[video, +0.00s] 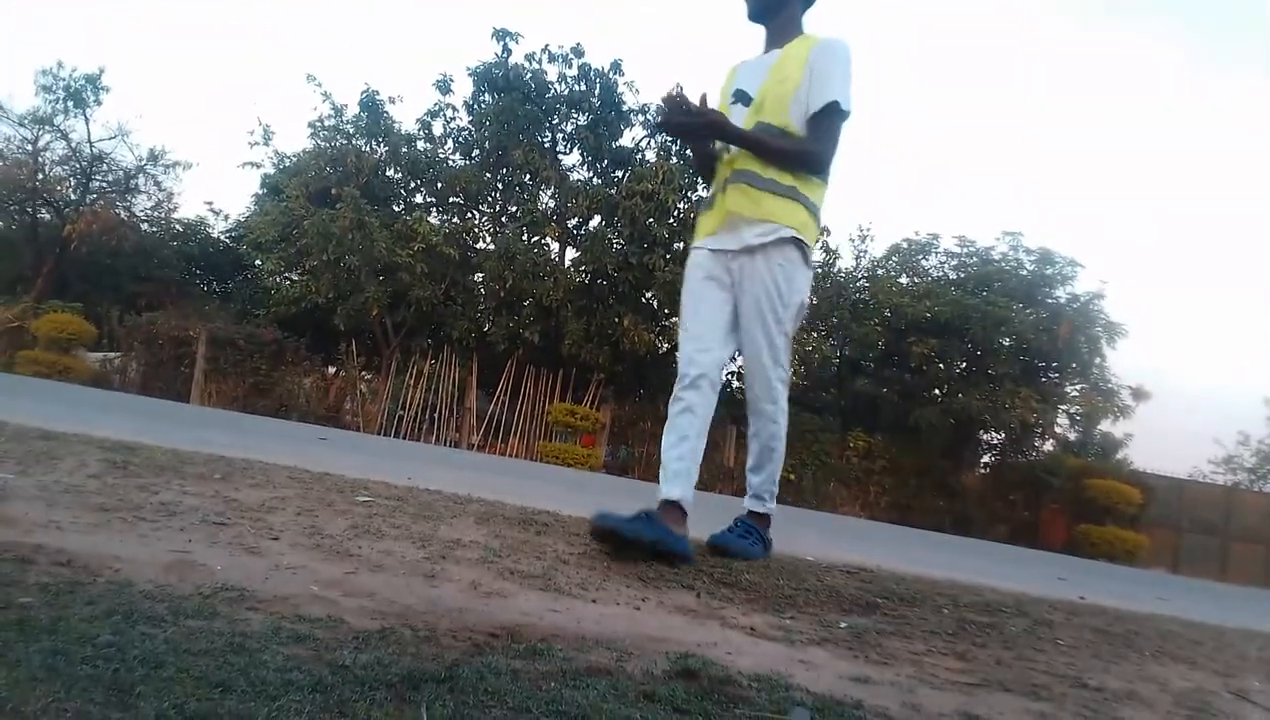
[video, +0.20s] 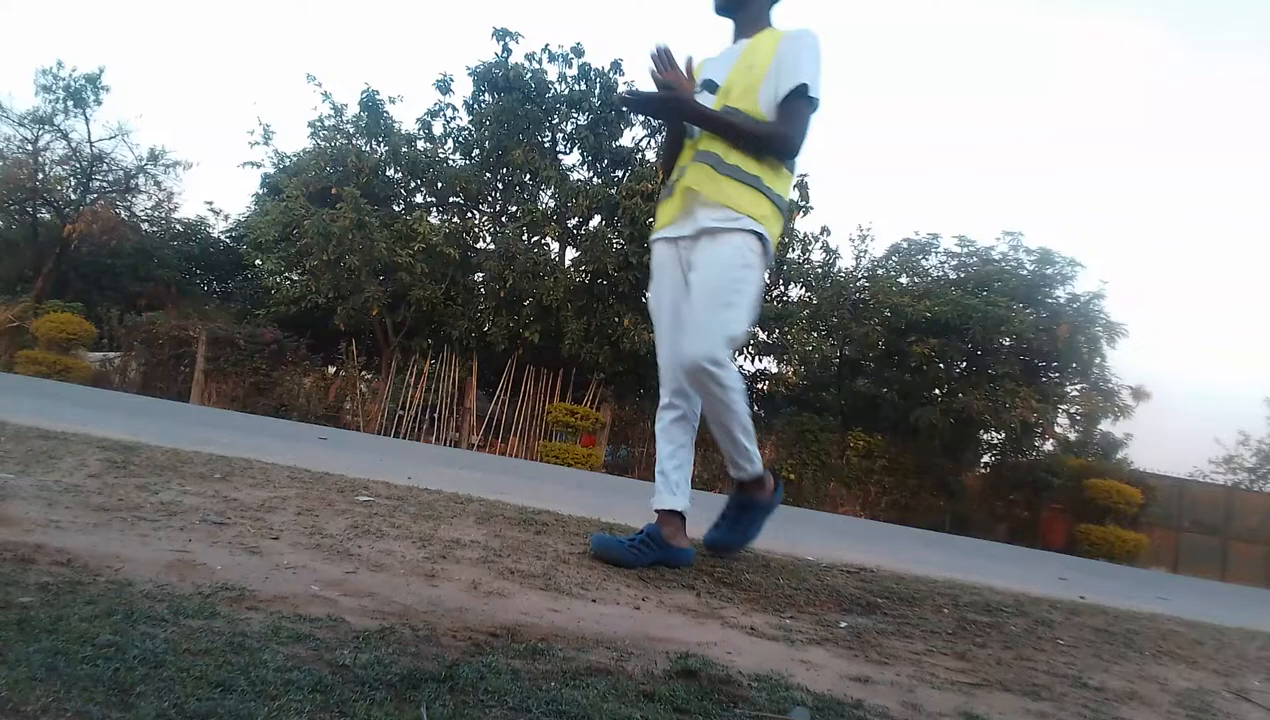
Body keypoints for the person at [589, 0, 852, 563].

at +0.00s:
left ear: (795, 1)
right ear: (767, 8)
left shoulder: (825, 52)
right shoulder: (738, 75)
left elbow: (818, 157)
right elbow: (716, 173)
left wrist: (725, 129)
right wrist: (693, 134)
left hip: (777, 239)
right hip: (714, 238)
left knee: (765, 384)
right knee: (696, 373)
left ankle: (757, 521)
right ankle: (670, 515)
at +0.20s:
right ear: (730, 5)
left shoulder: (795, 43)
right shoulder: (709, 65)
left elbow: (785, 140)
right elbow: (673, 169)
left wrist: (686, 107)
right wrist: (680, 105)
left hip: (736, 222)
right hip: (674, 224)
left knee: (703, 355)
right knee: (674, 377)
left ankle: (754, 485)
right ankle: (669, 528)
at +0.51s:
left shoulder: (743, 10)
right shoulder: (664, 48)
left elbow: (737, 112)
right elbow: (631, 148)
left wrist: (640, 69)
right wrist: (610, 85)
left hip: (684, 194)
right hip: (636, 202)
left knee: (616, 323)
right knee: (658, 353)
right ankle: (671, 527)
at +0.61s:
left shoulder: (719, 6)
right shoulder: (645, 42)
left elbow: (705, 103)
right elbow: (613, 147)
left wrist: (607, 64)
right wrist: (598, 84)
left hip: (664, 201)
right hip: (617, 205)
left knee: (602, 344)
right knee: (650, 367)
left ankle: (510, 505)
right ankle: (671, 524)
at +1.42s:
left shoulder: (508, 6)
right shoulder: (432, 17)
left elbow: (513, 67)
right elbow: (408, 94)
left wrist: (392, 32)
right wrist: (366, 37)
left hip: (454, 173)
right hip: (389, 174)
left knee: (447, 353)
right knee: (338, 347)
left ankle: (465, 541)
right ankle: (264, 513)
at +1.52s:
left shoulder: (480, 5)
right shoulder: (401, 18)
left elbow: (487, 59)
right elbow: (380, 91)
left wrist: (370, 18)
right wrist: (335, 32)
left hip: (425, 157)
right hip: (358, 161)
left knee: (397, 327)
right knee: (318, 342)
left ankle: (459, 529)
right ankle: (263, 512)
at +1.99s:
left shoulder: (446, 8)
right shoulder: (337, 17)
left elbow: (442, 34)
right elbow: (312, 54)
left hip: (375, 136)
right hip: (302, 131)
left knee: (340, 330)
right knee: (284, 333)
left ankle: (327, 522)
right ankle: (261, 510)